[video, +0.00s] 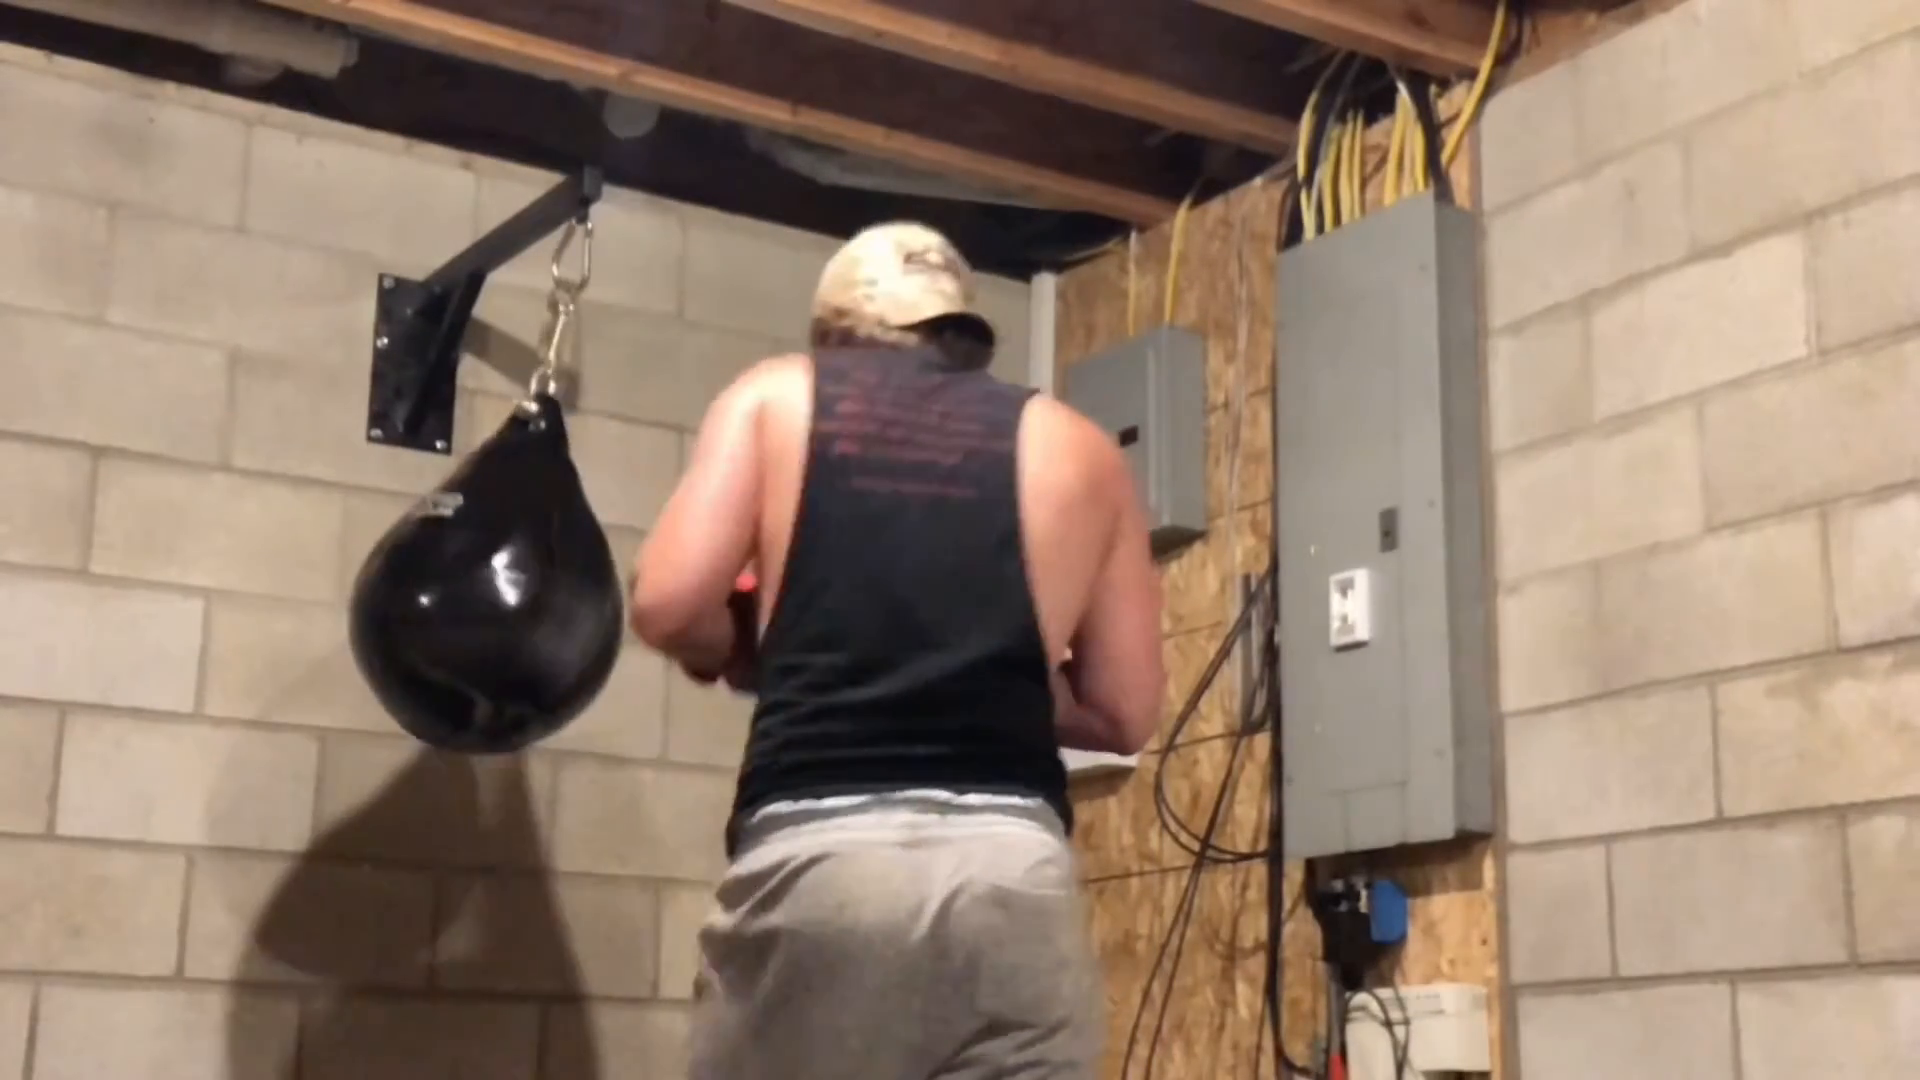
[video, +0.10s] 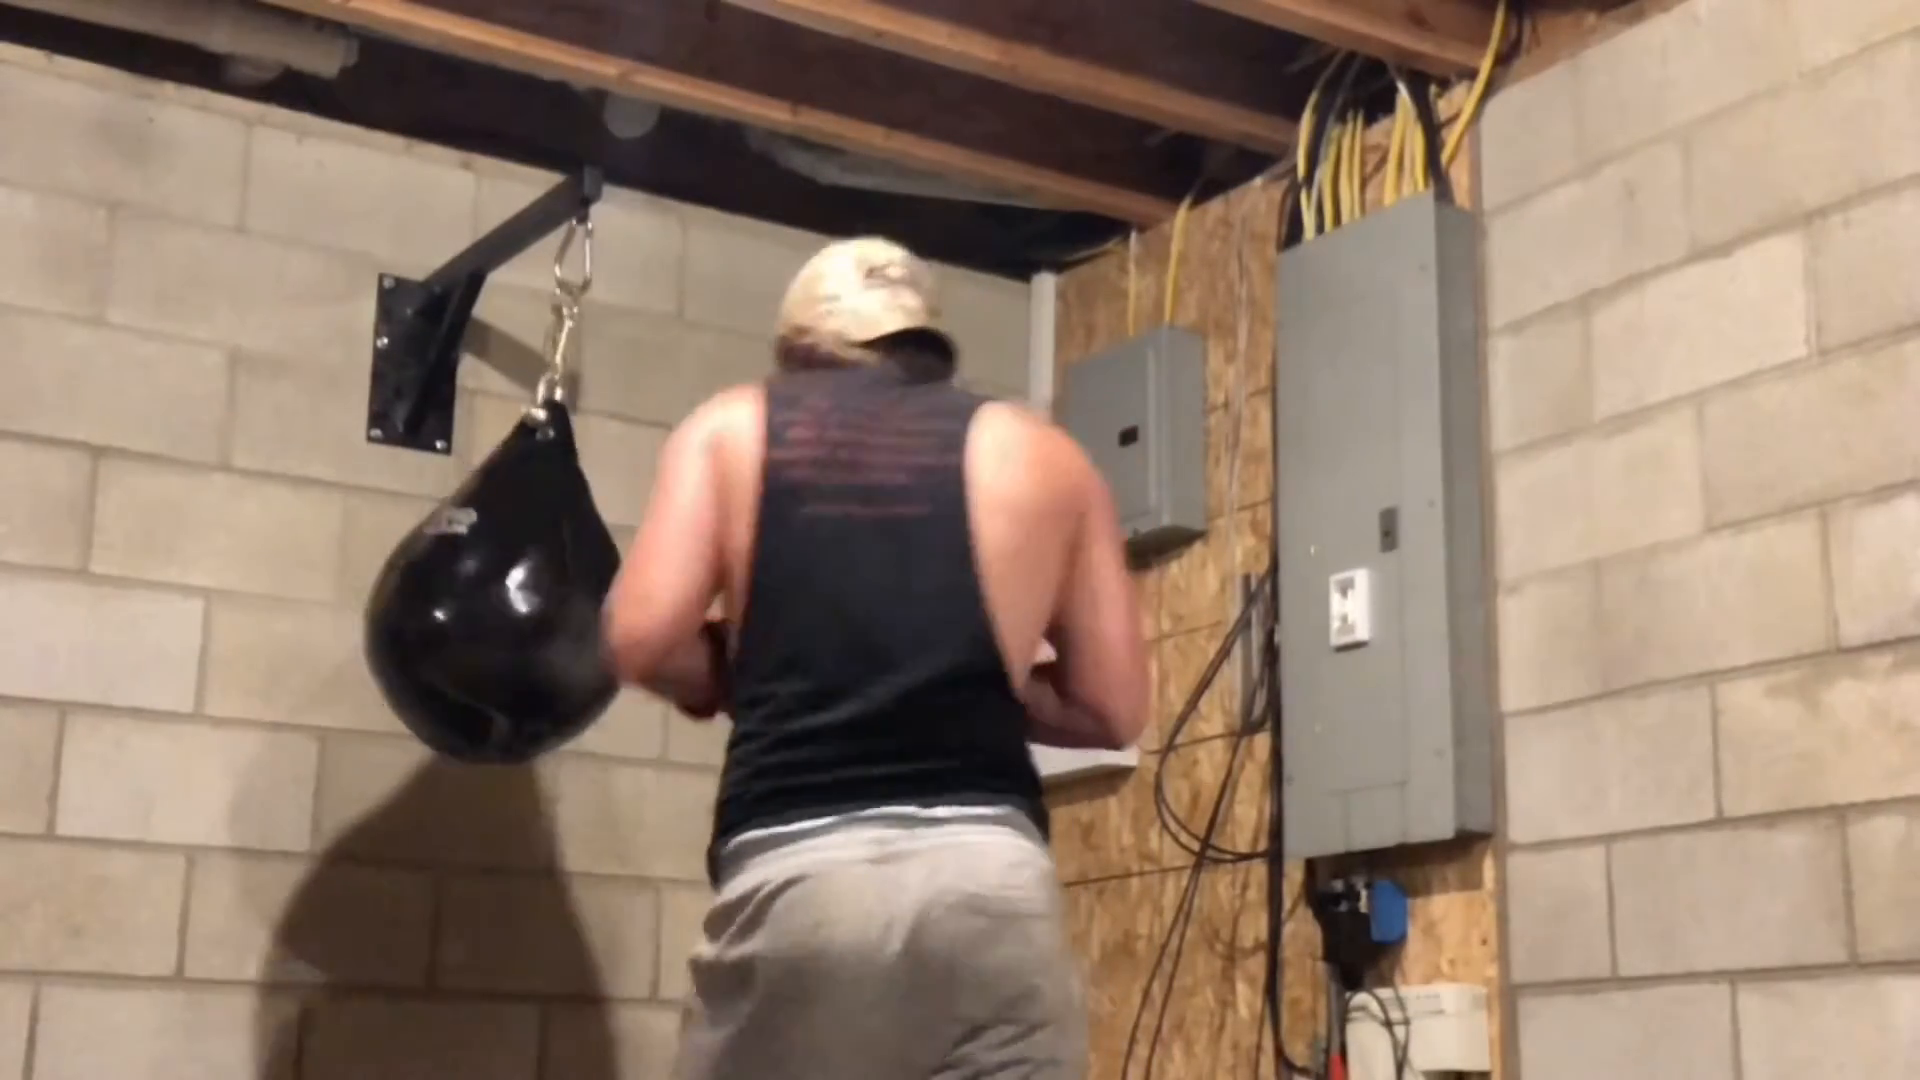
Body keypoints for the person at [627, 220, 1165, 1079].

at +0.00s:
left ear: (831, 326)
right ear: (965, 333)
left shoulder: (768, 396)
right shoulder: (1080, 447)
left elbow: (666, 604)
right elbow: (1125, 716)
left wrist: (742, 645)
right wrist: (981, 681)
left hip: (816, 868)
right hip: (1016, 872)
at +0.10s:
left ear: (798, 344)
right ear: (932, 346)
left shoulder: (727, 428)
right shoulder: (1047, 454)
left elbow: (642, 637)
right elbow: (1114, 712)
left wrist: (750, 671)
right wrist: (976, 679)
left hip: (795, 883)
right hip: (994, 879)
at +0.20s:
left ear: (753, 359)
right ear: (886, 353)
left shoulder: (680, 454)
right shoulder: (1002, 450)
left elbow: (602, 678)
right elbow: (1081, 692)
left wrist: (719, 681)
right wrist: (954, 657)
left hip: (761, 890)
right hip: (960, 881)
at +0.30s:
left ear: (713, 373)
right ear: (847, 358)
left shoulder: (638, 473)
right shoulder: (957, 436)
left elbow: (576, 704)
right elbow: (1049, 676)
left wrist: (696, 685)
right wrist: (918, 642)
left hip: (722, 881)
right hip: (918, 869)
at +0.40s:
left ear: (685, 379)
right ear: (815, 359)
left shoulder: (611, 479)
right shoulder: (915, 427)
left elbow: (554, 713)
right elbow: (1018, 663)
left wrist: (695, 675)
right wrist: (891, 622)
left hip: (680, 878)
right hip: (874, 863)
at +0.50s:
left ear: (662, 388)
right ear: (786, 369)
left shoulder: (591, 484)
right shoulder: (887, 431)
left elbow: (537, 715)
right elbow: (987, 664)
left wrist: (666, 660)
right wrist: (854, 612)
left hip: (650, 882)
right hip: (845, 876)